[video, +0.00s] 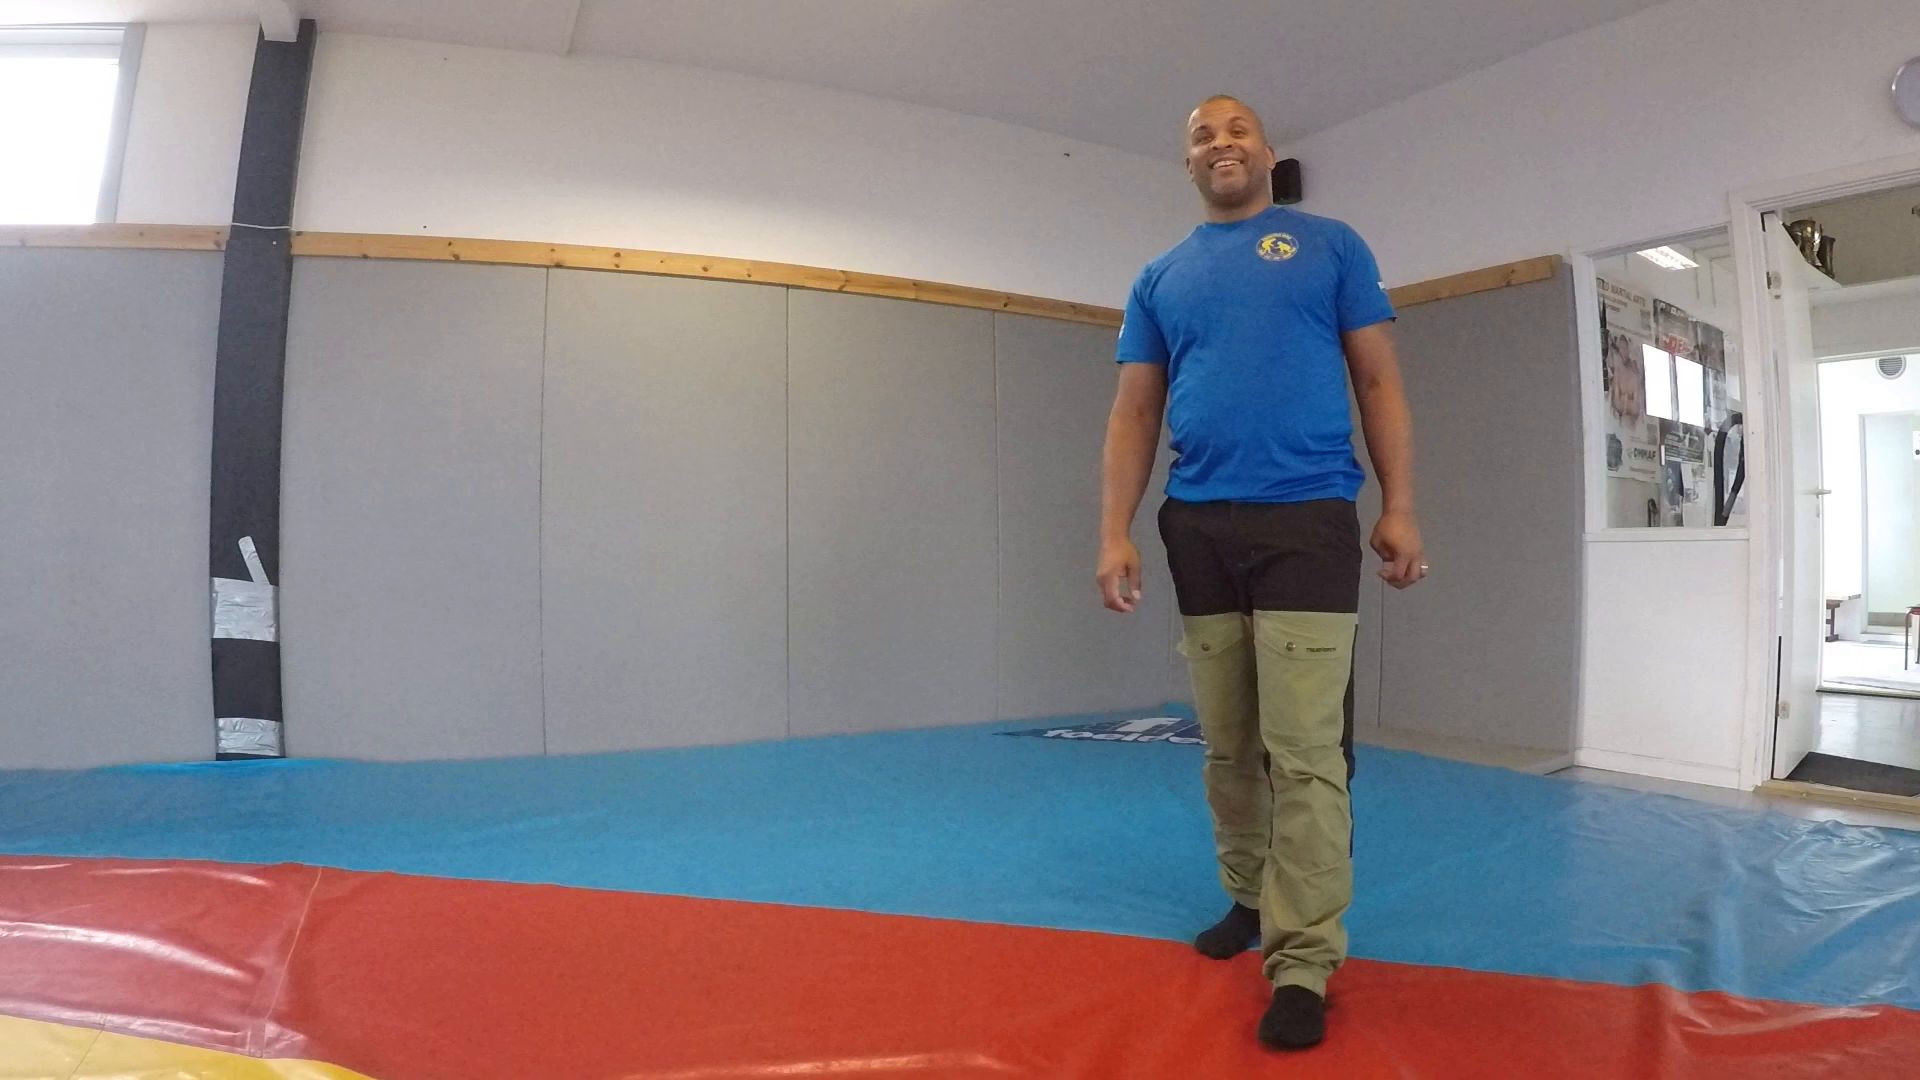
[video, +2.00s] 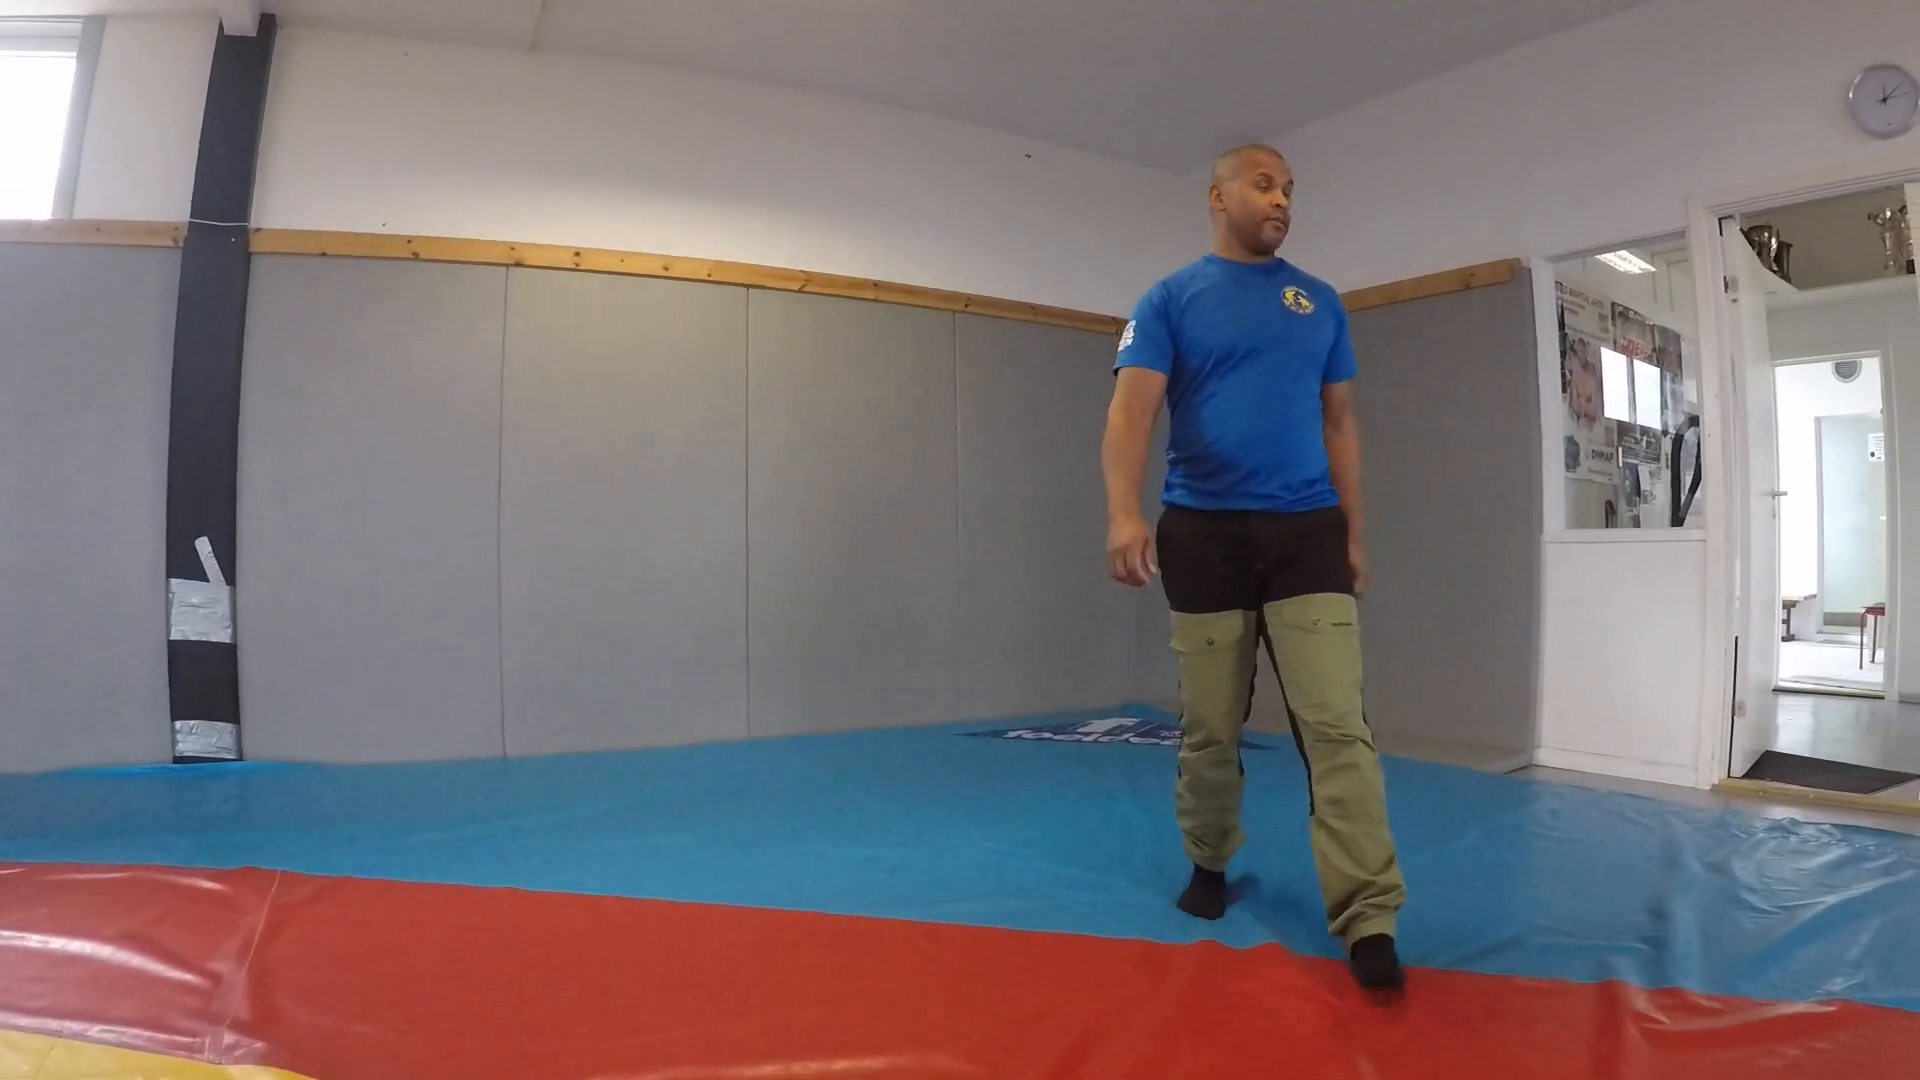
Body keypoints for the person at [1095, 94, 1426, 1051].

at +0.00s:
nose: (1220, 145)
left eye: (1235, 131)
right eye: (1203, 139)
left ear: (1270, 154)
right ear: (1187, 170)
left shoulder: (1331, 245)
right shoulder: (1161, 276)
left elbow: (1378, 382)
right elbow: (1133, 410)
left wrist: (1398, 507)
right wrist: (1114, 531)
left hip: (1309, 519)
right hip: (1199, 524)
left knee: (1300, 749)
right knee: (1228, 742)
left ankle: (1304, 961)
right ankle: (1252, 898)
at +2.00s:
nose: (1279, 200)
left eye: (1286, 191)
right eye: (1263, 185)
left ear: (1291, 209)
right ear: (1216, 197)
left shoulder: (1319, 302)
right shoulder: (1172, 299)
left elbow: (1339, 422)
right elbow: (1131, 409)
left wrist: (1351, 534)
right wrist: (1123, 513)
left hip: (1308, 531)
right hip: (1203, 533)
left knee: (1337, 724)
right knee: (1211, 725)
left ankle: (1368, 917)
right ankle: (1207, 860)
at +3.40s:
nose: (1172, 287)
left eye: (1184, 277)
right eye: (1163, 281)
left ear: (1211, 293)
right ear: (1157, 299)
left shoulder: (1247, 360)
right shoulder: (1137, 374)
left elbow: (1289, 447)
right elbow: (1120, 454)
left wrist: (1320, 525)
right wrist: (1112, 520)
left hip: (1235, 534)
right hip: (1163, 536)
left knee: (1246, 676)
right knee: (1163, 669)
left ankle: (1271, 805)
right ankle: (1168, 772)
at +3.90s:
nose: (1127, 306)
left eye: (1137, 294)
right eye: (1121, 300)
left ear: (1167, 301)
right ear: (1119, 314)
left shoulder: (1201, 355)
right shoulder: (1120, 384)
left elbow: (1237, 431)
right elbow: (1109, 470)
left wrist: (1180, 478)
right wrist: (1088, 542)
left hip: (1201, 529)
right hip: (1140, 535)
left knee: (1218, 664)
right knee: (1154, 666)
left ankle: (1252, 786)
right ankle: (1167, 773)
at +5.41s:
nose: (1154, 328)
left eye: (1165, 315)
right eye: (1151, 318)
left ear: (1202, 319)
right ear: (1165, 326)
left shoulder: (1235, 381)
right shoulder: (1180, 383)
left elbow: (1211, 476)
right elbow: (1157, 447)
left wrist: (1145, 413)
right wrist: (1117, 400)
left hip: (1260, 548)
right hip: (1211, 545)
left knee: (1209, 674)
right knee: (1164, 667)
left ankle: (1264, 817)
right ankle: (1177, 770)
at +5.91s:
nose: (1173, 334)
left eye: (1184, 322)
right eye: (1168, 327)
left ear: (1221, 326)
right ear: (1170, 337)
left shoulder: (1257, 374)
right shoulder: (1174, 400)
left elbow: (1231, 409)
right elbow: (1164, 484)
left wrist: (1166, 344)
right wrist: (1139, 476)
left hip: (1264, 544)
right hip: (1214, 550)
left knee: (1224, 668)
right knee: (1225, 670)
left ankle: (1267, 813)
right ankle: (1258, 759)